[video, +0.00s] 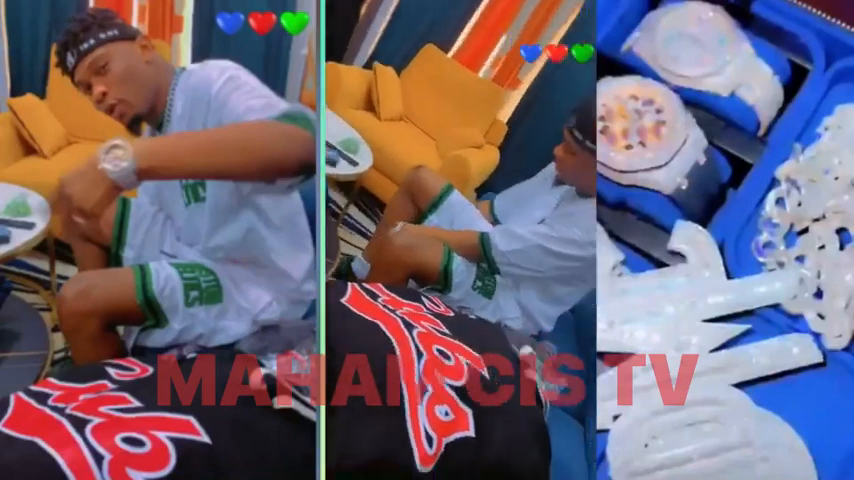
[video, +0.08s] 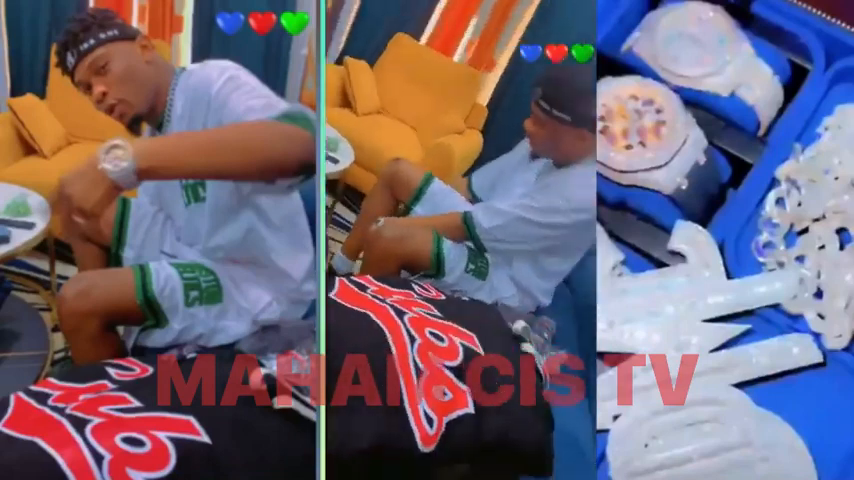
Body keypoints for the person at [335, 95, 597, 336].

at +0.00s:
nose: (558, 151)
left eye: (572, 150)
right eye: (565, 140)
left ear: (602, 169)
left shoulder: (589, 232)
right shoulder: (565, 171)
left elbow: (489, 249)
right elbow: (491, 210)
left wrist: (405, 237)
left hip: (514, 302)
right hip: (498, 253)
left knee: (402, 245)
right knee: (420, 182)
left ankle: (357, 316)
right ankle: (362, 275)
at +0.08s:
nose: (527, 124)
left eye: (538, 120)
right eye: (532, 115)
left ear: (572, 133)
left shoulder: (578, 193)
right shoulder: (543, 145)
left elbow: (478, 226)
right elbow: (471, 191)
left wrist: (392, 229)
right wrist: (395, 213)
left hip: (507, 277)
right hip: (484, 232)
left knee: (386, 237)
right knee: (398, 174)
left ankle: (356, 318)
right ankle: (342, 266)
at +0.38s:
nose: (419, 101)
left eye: (422, 90)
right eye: (417, 91)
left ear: (456, 81)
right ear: (458, 80)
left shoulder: (509, 114)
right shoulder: (477, 102)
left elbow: (458, 205)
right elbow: (440, 173)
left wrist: (394, 187)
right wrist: (418, 231)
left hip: (532, 237)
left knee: (407, 245)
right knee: (392, 189)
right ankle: (383, 307)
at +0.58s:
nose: (371, 129)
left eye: (367, 120)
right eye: (364, 123)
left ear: (389, 103)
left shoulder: (447, 116)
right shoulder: (436, 87)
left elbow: (426, 209)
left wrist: (395, 261)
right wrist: (395, 248)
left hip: (532, 212)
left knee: (404, 235)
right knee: (389, 181)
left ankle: (427, 331)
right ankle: (411, 310)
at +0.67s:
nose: (371, 134)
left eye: (365, 126)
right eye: (363, 128)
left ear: (387, 108)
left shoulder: (444, 117)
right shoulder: (434, 85)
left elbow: (431, 209)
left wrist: (397, 250)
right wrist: (404, 249)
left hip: (539, 205)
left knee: (410, 230)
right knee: (393, 178)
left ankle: (438, 332)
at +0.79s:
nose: (365, 127)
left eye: (358, 118)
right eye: (357, 121)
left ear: (377, 100)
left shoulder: (436, 104)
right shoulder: (424, 73)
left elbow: (422, 207)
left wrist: (385, 254)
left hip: (538, 186)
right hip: (504, 170)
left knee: (409, 217)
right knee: (390, 164)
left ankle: (448, 315)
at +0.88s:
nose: (359, 123)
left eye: (354, 114)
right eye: (351, 117)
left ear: (374, 95)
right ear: (377, 86)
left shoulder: (431, 101)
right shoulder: (419, 69)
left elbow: (418, 204)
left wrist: (377, 253)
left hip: (534, 184)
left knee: (403, 214)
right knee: (386, 161)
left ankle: (451, 312)